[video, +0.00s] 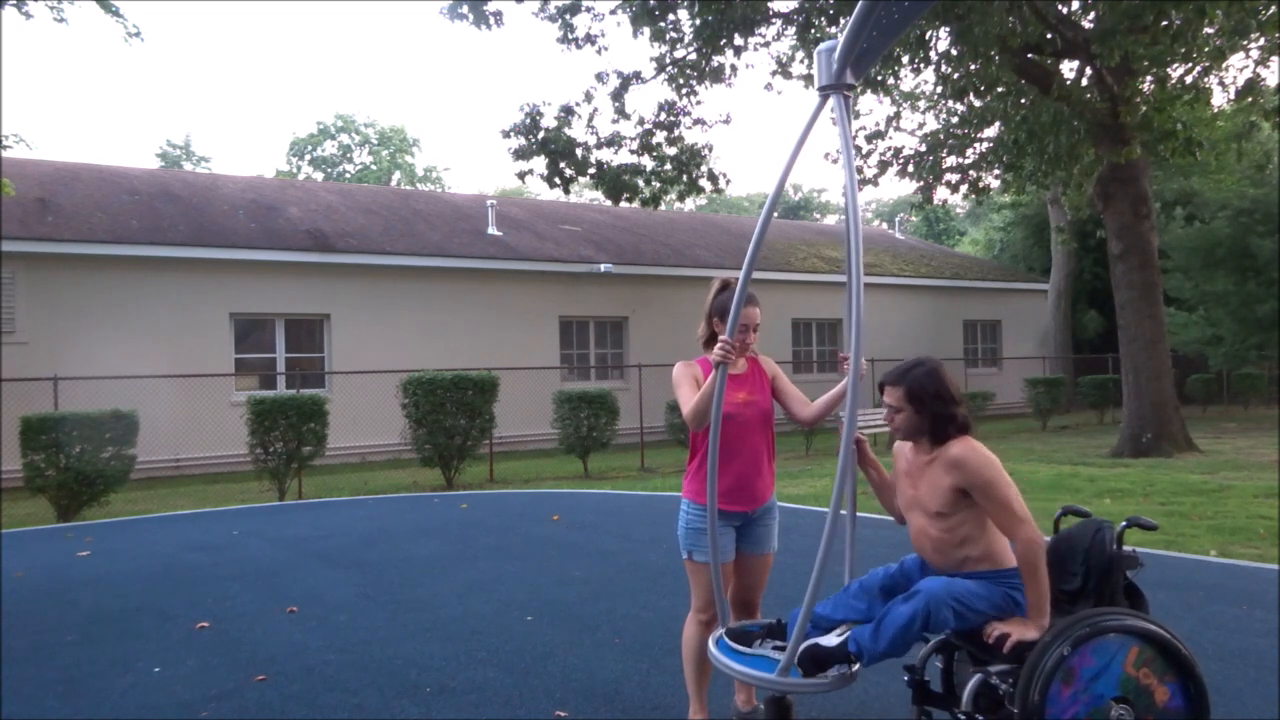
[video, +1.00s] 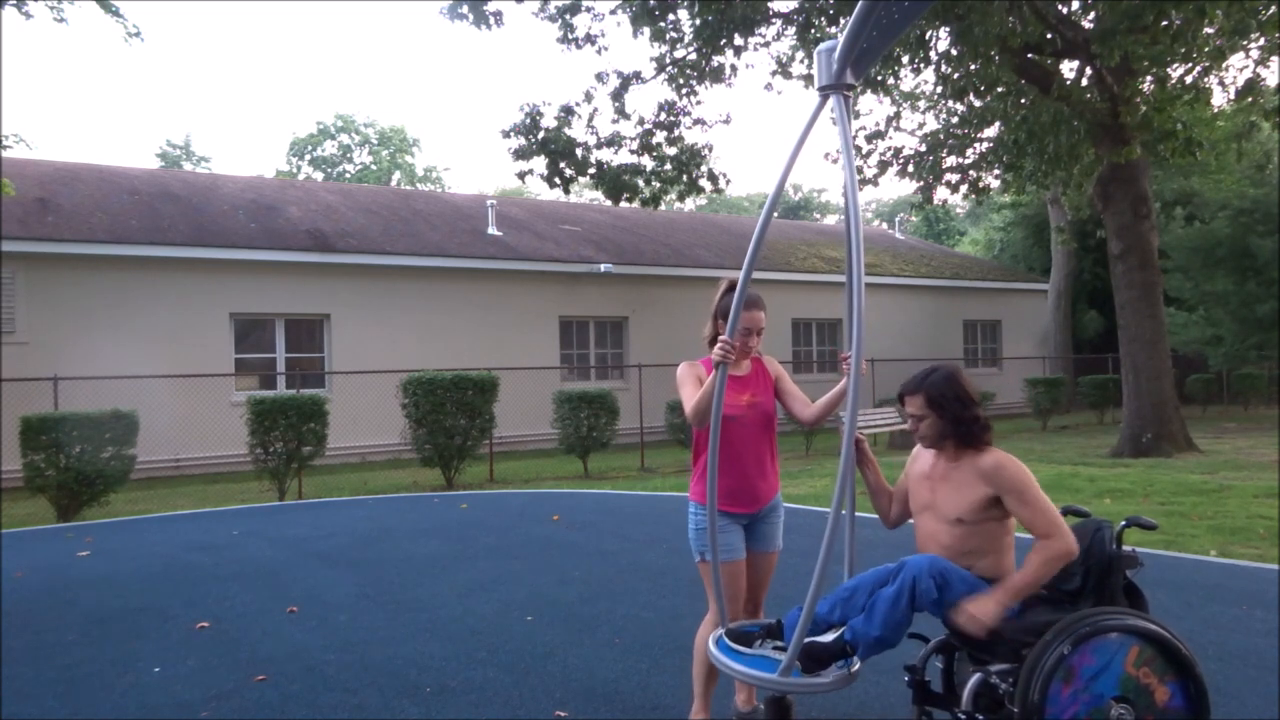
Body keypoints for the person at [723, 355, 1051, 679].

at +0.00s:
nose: (886, 416)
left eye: (894, 410)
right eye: (884, 407)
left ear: (926, 410)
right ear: (888, 405)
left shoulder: (966, 456)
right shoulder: (903, 451)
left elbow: (1029, 537)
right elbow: (901, 511)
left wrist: (1037, 621)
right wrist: (868, 461)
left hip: (994, 584)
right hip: (934, 569)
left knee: (928, 597)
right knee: (875, 587)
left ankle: (847, 649)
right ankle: (790, 630)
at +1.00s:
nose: (910, 428)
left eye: (917, 419)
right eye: (907, 419)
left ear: (948, 414)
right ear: (915, 416)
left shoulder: (997, 467)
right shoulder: (920, 455)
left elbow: (1061, 544)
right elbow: (892, 515)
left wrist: (998, 601)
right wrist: (866, 463)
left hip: (986, 594)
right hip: (932, 584)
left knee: (921, 568)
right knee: (882, 577)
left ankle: (842, 646)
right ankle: (784, 631)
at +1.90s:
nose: (956, 431)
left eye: (967, 424)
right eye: (954, 422)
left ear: (1000, 423)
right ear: (953, 415)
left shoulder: (1028, 471)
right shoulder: (953, 461)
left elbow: (945, 482)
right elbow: (920, 537)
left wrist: (880, 422)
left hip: (999, 598)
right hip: (944, 585)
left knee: (927, 568)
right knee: (877, 591)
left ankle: (846, 647)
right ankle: (788, 630)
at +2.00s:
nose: (959, 431)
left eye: (969, 424)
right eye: (957, 421)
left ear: (1004, 424)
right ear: (956, 415)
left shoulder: (1030, 471)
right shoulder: (954, 462)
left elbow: (945, 481)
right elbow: (914, 538)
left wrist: (879, 422)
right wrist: (852, 577)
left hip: (1001, 599)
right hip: (945, 585)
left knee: (928, 567)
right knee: (879, 590)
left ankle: (846, 645)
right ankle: (789, 631)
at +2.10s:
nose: (959, 431)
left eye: (970, 424)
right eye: (957, 421)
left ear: (1004, 424)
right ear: (956, 415)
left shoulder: (1031, 471)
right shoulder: (953, 461)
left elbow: (947, 481)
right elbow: (916, 536)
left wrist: (880, 422)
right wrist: (855, 570)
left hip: (1000, 599)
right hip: (945, 583)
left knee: (930, 568)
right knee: (880, 578)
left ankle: (848, 647)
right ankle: (793, 630)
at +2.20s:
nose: (956, 432)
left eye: (967, 424)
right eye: (954, 422)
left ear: (1001, 423)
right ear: (952, 415)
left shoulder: (1031, 470)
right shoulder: (950, 462)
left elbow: (950, 483)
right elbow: (918, 536)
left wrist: (880, 423)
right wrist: (864, 565)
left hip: (999, 599)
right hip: (944, 582)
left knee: (929, 565)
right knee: (884, 565)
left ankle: (852, 646)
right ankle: (798, 630)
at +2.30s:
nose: (954, 432)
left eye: (964, 424)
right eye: (951, 421)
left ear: (998, 422)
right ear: (950, 415)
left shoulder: (1029, 470)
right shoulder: (947, 462)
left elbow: (950, 485)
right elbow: (917, 535)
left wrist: (880, 423)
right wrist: (861, 566)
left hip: (1000, 598)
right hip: (943, 580)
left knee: (930, 568)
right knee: (882, 566)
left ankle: (852, 647)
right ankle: (800, 633)